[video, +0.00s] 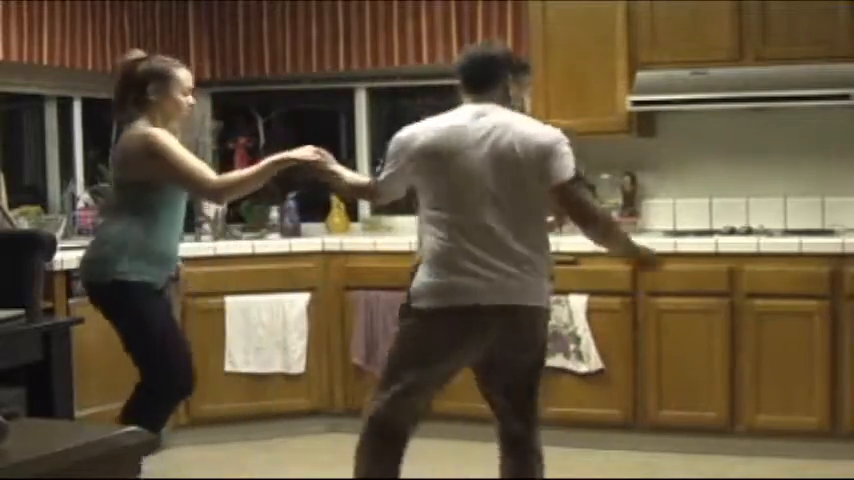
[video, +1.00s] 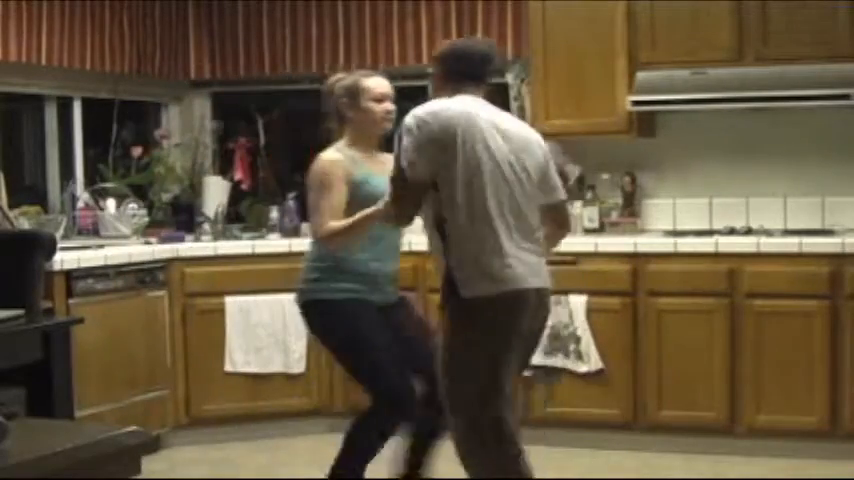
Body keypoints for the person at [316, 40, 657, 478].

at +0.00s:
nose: (528, 97)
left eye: (528, 86)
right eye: (526, 87)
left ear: (465, 89)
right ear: (510, 86)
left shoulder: (419, 138)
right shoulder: (543, 139)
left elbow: (377, 194)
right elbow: (589, 217)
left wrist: (320, 166)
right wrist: (635, 251)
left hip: (442, 308)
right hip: (520, 309)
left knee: (388, 421)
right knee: (520, 434)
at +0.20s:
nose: (541, 106)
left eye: (542, 94)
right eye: (539, 94)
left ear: (481, 92)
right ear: (523, 91)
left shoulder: (432, 145)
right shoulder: (539, 140)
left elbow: (393, 204)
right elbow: (556, 211)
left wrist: (343, 199)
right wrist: (638, 266)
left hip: (437, 313)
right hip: (515, 315)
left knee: (399, 442)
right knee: (523, 431)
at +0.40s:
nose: (552, 98)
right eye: (552, 91)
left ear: (497, 91)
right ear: (549, 90)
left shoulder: (457, 144)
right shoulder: (576, 139)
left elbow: (413, 215)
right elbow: (615, 212)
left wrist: (350, 217)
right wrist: (679, 272)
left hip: (467, 298)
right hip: (543, 309)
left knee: (398, 371)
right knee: (523, 427)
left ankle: (416, 474)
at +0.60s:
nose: (484, 94)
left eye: (487, 87)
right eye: (488, 88)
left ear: (495, 88)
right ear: (544, 92)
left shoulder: (464, 138)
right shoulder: (585, 143)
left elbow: (415, 212)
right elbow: (643, 216)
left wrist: (355, 206)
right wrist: (691, 262)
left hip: (492, 305)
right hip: (562, 311)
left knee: (409, 374)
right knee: (525, 442)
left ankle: (430, 475)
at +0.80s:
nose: (457, 93)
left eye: (459, 86)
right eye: (459, 87)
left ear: (468, 87)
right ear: (517, 92)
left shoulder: (451, 133)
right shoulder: (559, 144)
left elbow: (420, 220)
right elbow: (603, 228)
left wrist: (381, 213)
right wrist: (610, 242)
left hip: (497, 315)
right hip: (559, 314)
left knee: (431, 442)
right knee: (524, 450)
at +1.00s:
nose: (430, 82)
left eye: (432, 75)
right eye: (433, 75)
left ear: (441, 76)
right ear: (487, 81)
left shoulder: (428, 119)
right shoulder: (526, 134)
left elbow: (402, 208)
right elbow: (559, 222)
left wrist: (385, 213)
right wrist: (519, 255)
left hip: (482, 296)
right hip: (534, 293)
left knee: (474, 418)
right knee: (493, 411)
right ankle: (509, 473)